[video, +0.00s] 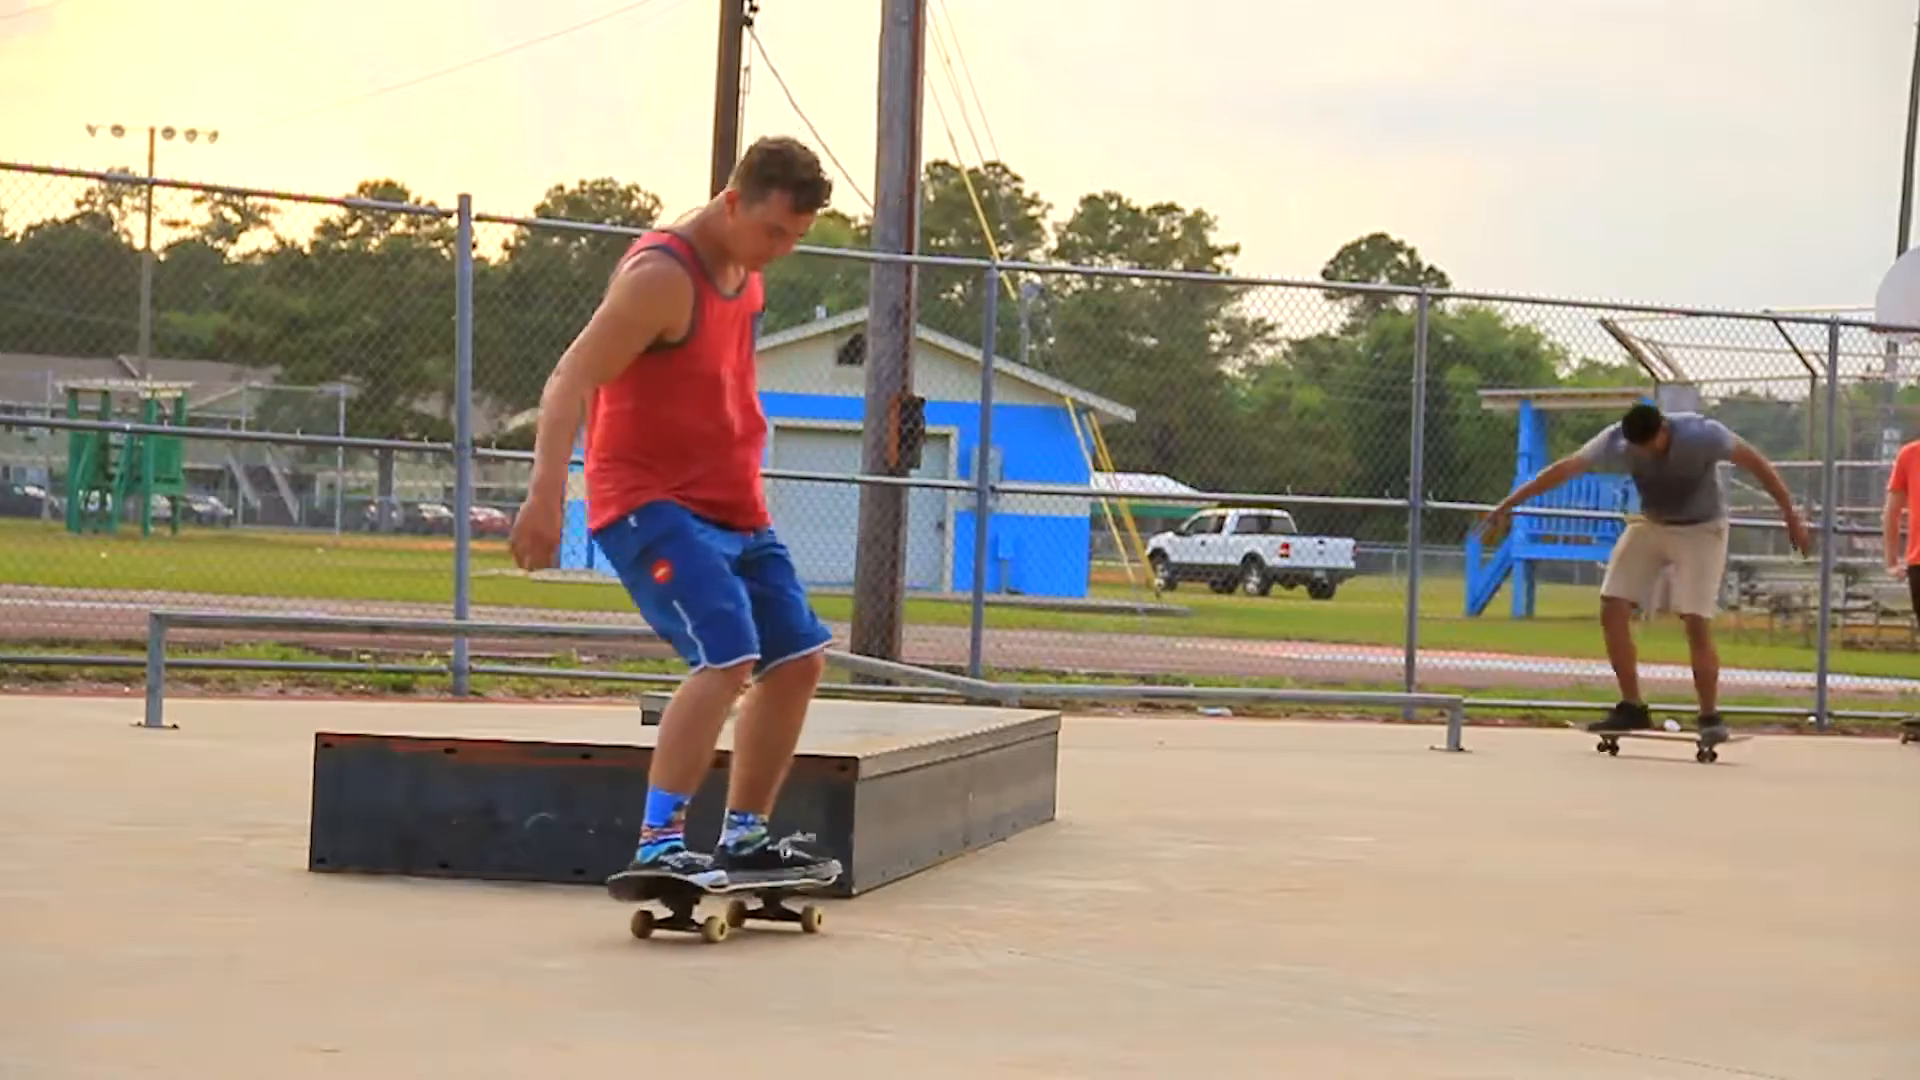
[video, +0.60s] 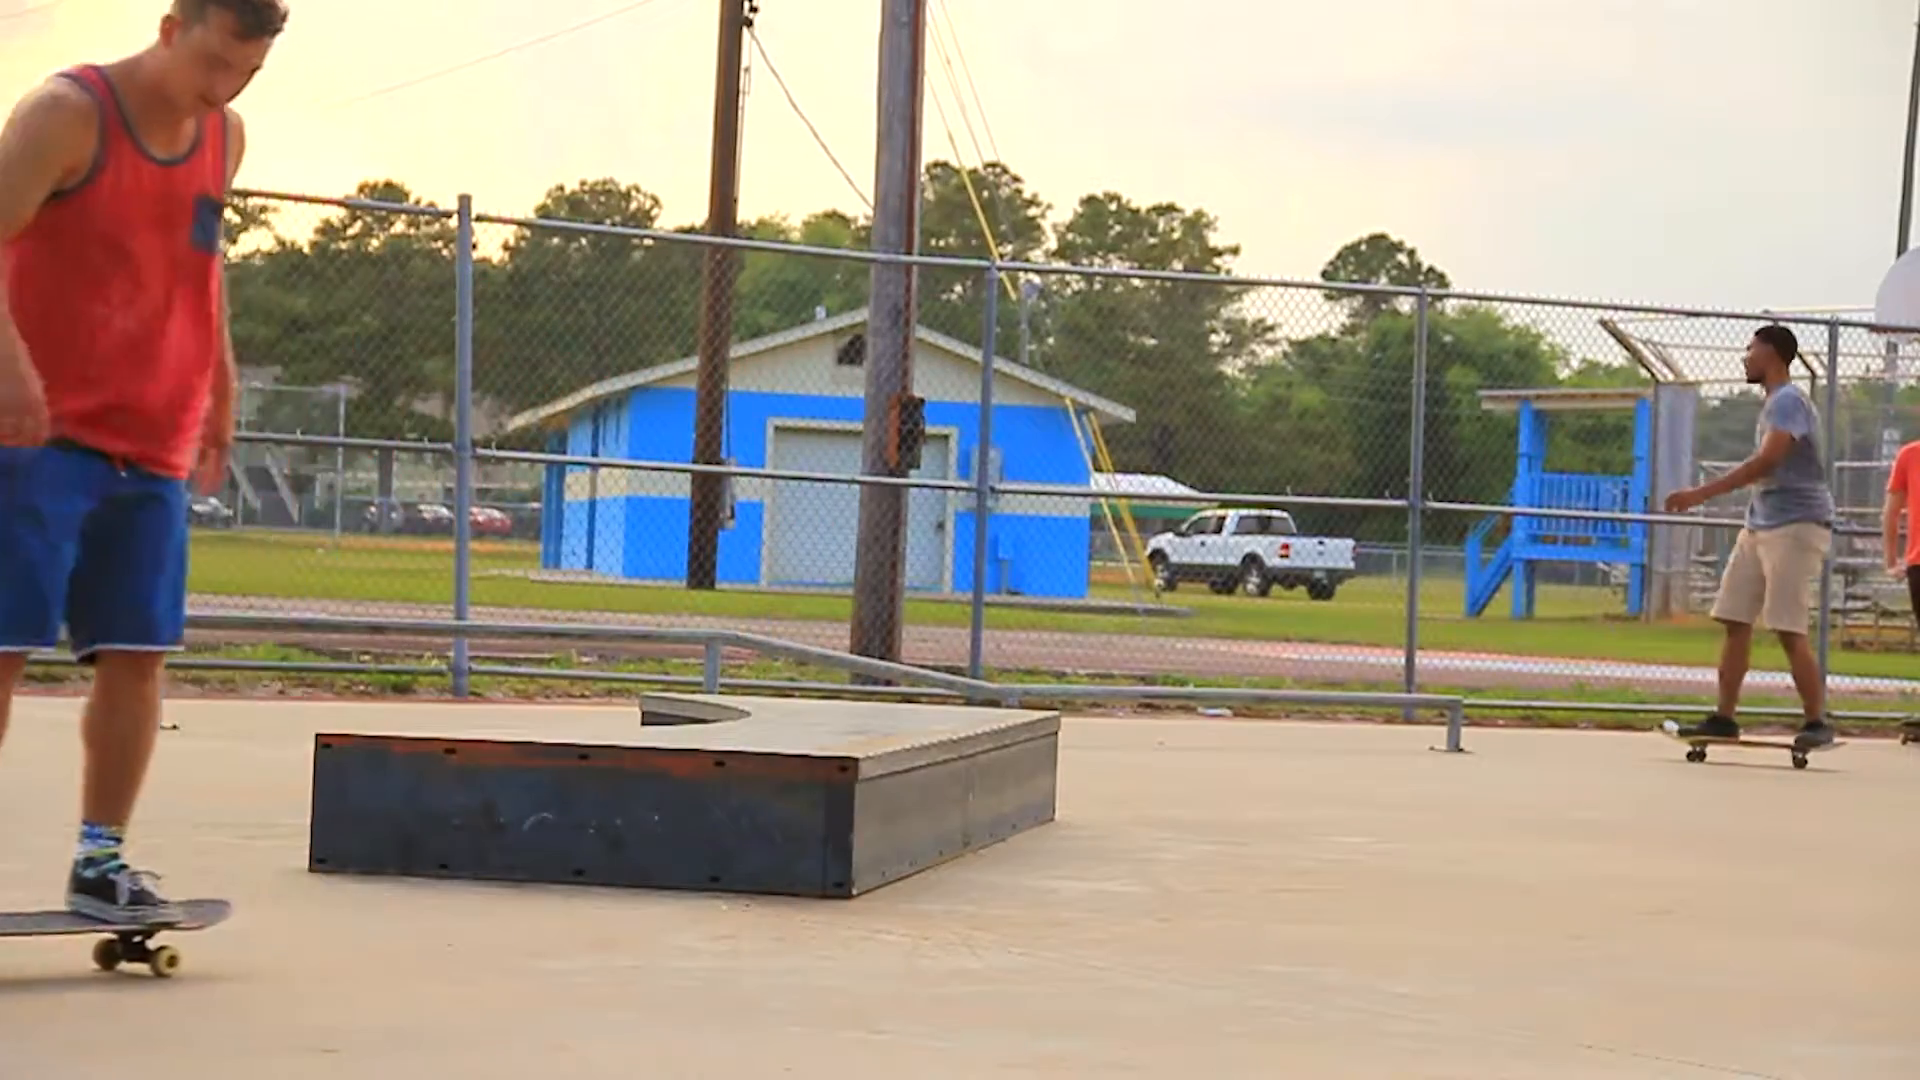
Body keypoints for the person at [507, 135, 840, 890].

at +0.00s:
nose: (781, 251)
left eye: (793, 238)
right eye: (776, 232)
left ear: (790, 222)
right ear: (733, 201)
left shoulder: (741, 271)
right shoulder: (658, 276)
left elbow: (711, 384)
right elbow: (570, 380)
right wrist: (545, 496)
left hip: (734, 507)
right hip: (649, 503)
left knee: (798, 653)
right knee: (726, 653)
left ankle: (743, 840)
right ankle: (659, 842)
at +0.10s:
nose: (706, 234)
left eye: (718, 220)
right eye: (698, 214)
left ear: (726, 207)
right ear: (656, 183)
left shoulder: (676, 255)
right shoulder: (580, 259)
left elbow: (669, 368)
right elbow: (502, 376)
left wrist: (708, 444)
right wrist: (574, 489)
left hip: (659, 506)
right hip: (570, 503)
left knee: (712, 660)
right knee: (630, 659)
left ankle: (690, 845)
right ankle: (578, 850)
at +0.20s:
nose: (623, 214)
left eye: (636, 201)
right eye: (617, 194)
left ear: (642, 184)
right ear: (573, 158)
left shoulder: (595, 229)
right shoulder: (489, 225)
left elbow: (588, 303)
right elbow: (417, 349)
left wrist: (657, 351)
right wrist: (531, 419)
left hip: (566, 479)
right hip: (470, 474)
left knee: (623, 646)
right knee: (528, 649)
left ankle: (625, 852)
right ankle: (491, 853)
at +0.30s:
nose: (529, 188)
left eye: (543, 174)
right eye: (523, 167)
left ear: (551, 156)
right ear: (479, 128)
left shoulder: (502, 199)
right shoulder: (388, 194)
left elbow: (502, 277)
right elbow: (322, 316)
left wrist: (574, 312)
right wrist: (446, 377)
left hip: (469, 462)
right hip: (375, 459)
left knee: (528, 638)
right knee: (425, 649)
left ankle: (530, 843)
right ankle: (389, 855)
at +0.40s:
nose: (433, 159)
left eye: (446, 144)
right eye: (427, 137)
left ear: (452, 125)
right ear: (381, 97)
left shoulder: (409, 172)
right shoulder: (287, 164)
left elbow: (408, 262)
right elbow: (213, 287)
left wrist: (485, 322)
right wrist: (330, 356)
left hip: (378, 456)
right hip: (276, 448)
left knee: (414, 637)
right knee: (303, 646)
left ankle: (399, 849)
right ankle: (261, 854)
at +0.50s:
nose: (334, 124)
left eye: (348, 109)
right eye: (329, 102)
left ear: (351, 94)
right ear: (281, 64)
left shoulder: (315, 150)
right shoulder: (179, 138)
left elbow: (308, 262)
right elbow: (95, 261)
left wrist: (369, 365)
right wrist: (188, 354)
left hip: (267, 448)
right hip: (159, 439)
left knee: (278, 644)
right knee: (159, 641)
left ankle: (256, 857)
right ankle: (105, 858)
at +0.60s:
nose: (234, 88)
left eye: (249, 72)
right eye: (225, 66)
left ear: (259, 56)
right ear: (172, 29)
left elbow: (199, 265)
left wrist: (220, 393)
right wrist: (11, 362)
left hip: (154, 450)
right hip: (39, 440)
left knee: (136, 653)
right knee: (5, 651)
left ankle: (99, 858)